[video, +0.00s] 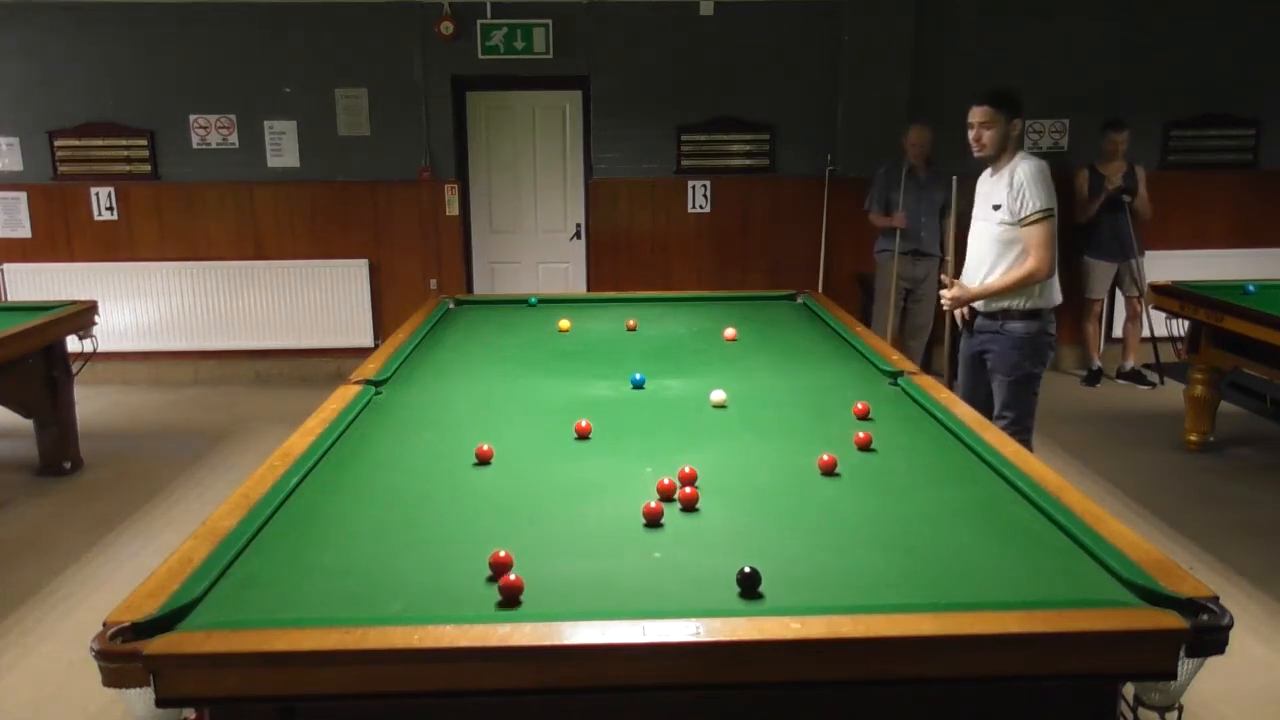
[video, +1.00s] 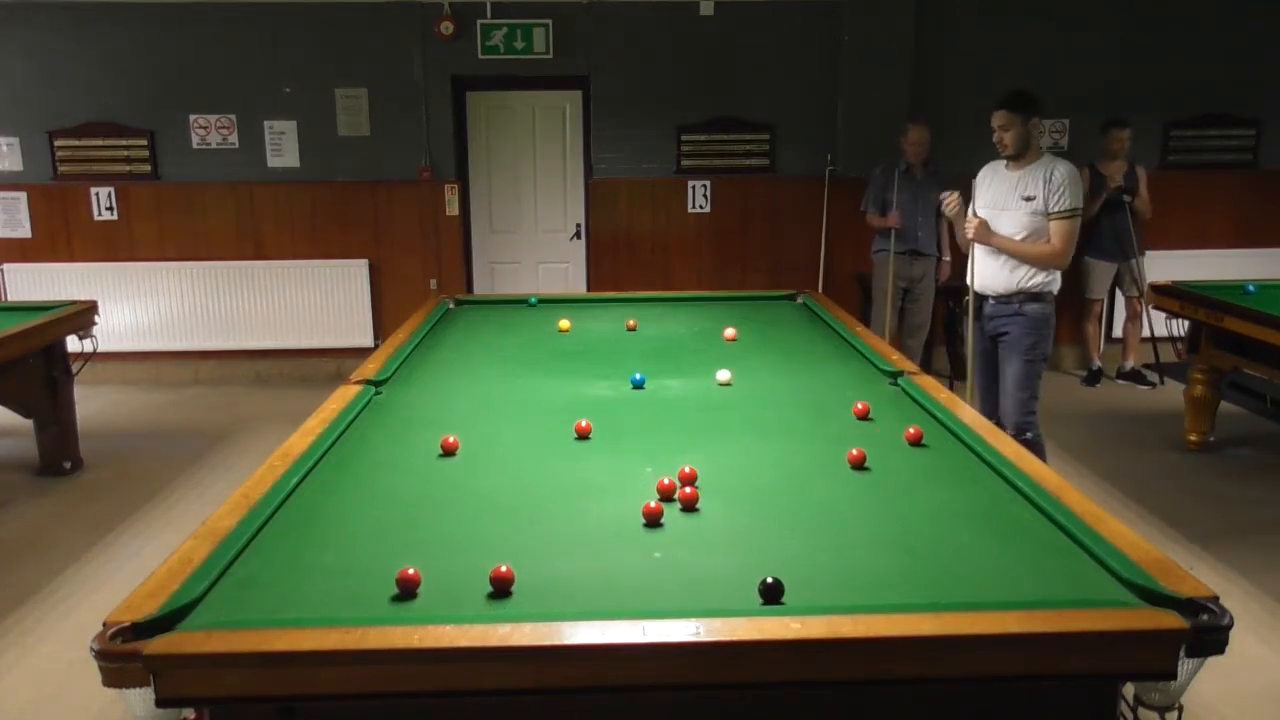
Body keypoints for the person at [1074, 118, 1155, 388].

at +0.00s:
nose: (1117, 148)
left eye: (1121, 143)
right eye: (1112, 143)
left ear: (1127, 143)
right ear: (1102, 142)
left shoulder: (1135, 172)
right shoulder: (1086, 174)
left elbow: (1146, 213)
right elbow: (1081, 215)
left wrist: (1133, 194)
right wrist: (1105, 192)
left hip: (1130, 251)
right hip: (1098, 251)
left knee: (1135, 310)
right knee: (1093, 309)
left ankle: (1128, 366)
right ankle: (1094, 364)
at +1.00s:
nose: (1123, 146)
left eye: (1126, 141)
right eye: (1117, 140)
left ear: (1130, 142)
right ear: (1105, 141)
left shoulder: (1136, 172)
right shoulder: (1089, 173)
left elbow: (1146, 212)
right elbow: (1083, 214)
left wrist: (1131, 196)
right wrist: (1104, 193)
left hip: (1130, 249)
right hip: (1099, 250)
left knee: (1135, 309)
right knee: (1094, 309)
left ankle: (1128, 366)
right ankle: (1094, 364)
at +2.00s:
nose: (1124, 145)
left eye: (1127, 140)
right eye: (1118, 140)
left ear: (1130, 142)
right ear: (1104, 141)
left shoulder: (1136, 171)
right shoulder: (1087, 173)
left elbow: (1146, 211)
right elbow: (1080, 214)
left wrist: (1130, 196)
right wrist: (1105, 191)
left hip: (1131, 251)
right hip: (1099, 251)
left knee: (1135, 310)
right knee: (1093, 309)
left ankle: (1128, 366)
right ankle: (1094, 365)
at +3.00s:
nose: (1120, 142)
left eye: (1124, 137)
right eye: (1115, 137)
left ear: (1130, 140)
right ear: (1106, 140)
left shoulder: (1138, 170)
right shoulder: (1089, 172)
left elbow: (1146, 211)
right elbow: (1083, 214)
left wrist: (1130, 196)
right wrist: (1106, 191)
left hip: (1132, 250)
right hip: (1099, 250)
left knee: (1136, 309)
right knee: (1094, 310)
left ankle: (1128, 366)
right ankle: (1094, 365)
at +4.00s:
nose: (1125, 145)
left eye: (1129, 140)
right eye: (1120, 139)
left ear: (1133, 142)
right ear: (1107, 140)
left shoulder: (1138, 171)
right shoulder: (1089, 173)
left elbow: (1147, 211)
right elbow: (1084, 214)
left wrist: (1131, 197)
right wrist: (1107, 191)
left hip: (1132, 251)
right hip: (1100, 251)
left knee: (1136, 310)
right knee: (1094, 310)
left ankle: (1128, 366)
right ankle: (1094, 365)